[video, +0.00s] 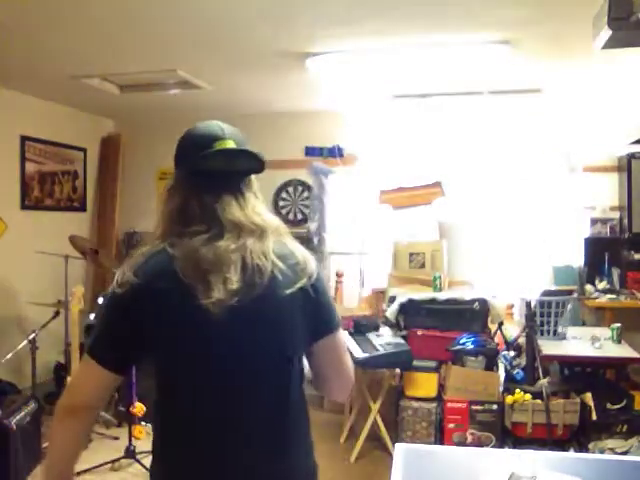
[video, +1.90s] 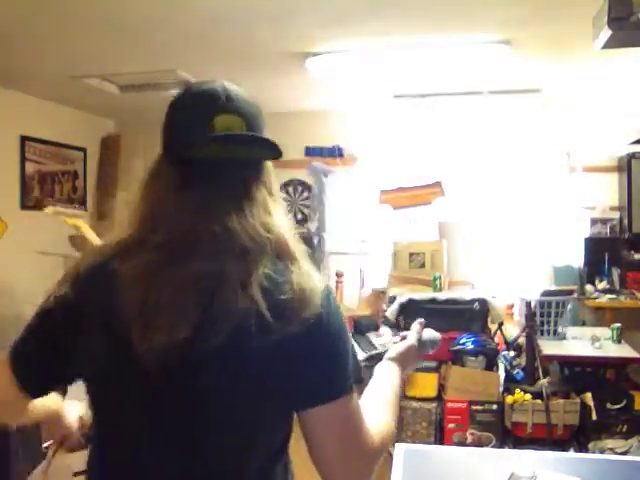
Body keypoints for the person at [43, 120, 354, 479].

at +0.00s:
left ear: (179, 190)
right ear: (248, 189)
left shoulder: (150, 275)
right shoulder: (295, 265)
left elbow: (78, 405)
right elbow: (339, 387)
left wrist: (55, 471)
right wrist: (295, 350)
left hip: (184, 470)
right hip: (283, 470)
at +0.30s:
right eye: (261, 174)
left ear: (193, 181)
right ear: (262, 181)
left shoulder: (155, 266)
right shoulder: (300, 262)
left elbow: (84, 389)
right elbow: (343, 384)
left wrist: (82, 448)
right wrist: (332, 318)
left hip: (190, 467)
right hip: (286, 467)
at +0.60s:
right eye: (303, 178)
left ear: (230, 185)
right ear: (304, 186)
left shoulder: (186, 268)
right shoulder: (336, 273)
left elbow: (105, 385)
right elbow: (379, 405)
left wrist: (96, 458)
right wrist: (388, 339)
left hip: (203, 471)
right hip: (304, 472)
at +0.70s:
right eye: (315, 177)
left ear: (239, 179)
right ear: (315, 182)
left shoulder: (193, 266)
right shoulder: (346, 274)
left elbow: (103, 388)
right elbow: (390, 410)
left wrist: (96, 464)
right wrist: (402, 342)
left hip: (205, 470)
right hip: (310, 472)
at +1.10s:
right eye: (300, 166)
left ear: (209, 173)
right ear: (295, 178)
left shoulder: (165, 274)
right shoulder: (335, 286)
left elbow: (46, 400)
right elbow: (383, 430)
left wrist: (63, 447)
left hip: (182, 471)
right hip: (298, 472)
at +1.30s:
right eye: (248, 166)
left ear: (158, 175)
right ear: (252, 177)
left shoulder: (103, 288)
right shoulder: (295, 294)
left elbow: (5, 419)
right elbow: (349, 459)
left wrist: (38, 461)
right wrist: (377, 376)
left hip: (126, 469)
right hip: (257, 470)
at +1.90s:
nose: (269, 183)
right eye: (264, 170)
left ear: (167, 171)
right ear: (259, 175)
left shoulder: (99, 280)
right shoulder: (290, 294)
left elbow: (8, 405)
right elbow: (349, 464)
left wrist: (61, 416)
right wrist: (395, 369)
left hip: (120, 472)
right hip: (249, 471)